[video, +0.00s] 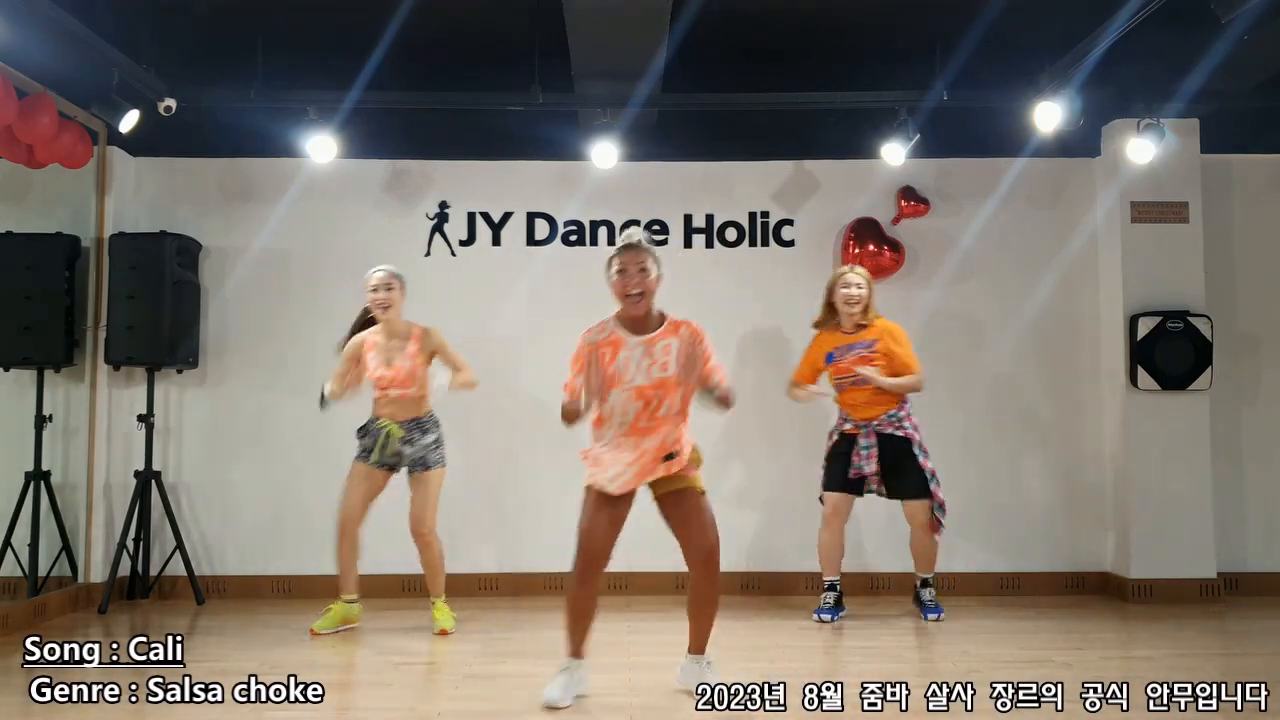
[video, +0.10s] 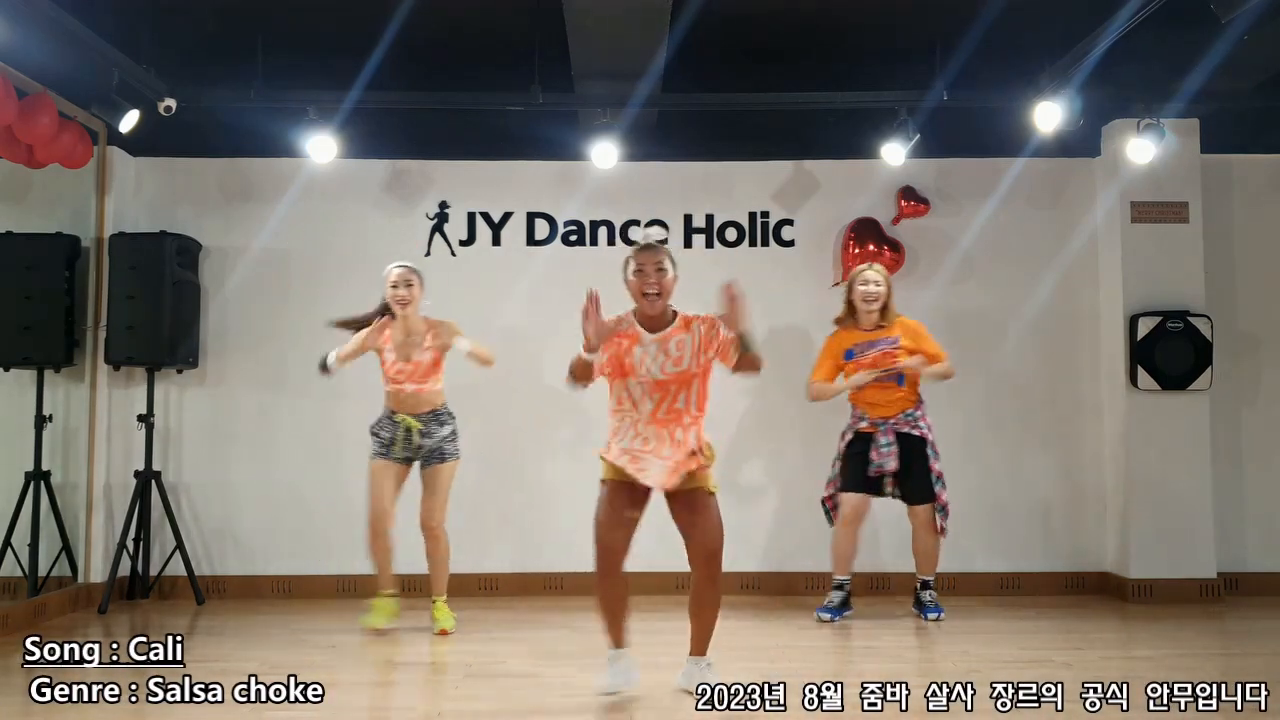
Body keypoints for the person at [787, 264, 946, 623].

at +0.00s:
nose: (853, 291)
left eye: (859, 286)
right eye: (846, 286)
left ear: (869, 294)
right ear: (833, 294)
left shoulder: (887, 332)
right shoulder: (824, 341)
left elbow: (916, 381)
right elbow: (795, 389)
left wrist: (881, 381)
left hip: (894, 431)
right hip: (850, 433)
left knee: (921, 513)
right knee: (833, 510)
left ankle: (925, 589)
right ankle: (831, 592)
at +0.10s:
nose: (870, 289)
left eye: (877, 283)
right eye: (863, 283)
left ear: (888, 291)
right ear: (851, 291)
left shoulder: (909, 330)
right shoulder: (840, 339)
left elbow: (947, 369)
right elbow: (815, 391)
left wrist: (920, 369)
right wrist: (851, 381)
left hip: (909, 430)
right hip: (864, 432)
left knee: (923, 512)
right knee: (849, 508)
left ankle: (926, 592)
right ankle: (839, 592)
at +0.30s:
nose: (905, 286)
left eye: (911, 280)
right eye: (897, 280)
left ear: (920, 291)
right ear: (882, 290)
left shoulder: (930, 330)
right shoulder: (869, 326)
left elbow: (978, 352)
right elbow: (867, 353)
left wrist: (988, 344)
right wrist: (915, 332)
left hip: (923, 430)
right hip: (883, 431)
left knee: (955, 505)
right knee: (887, 512)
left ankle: (935, 586)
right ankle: (879, 596)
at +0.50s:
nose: (948, 290)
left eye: (953, 284)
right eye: (938, 286)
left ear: (963, 294)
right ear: (925, 298)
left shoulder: (966, 343)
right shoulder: (913, 330)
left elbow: (987, 388)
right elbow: (898, 365)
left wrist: (999, 379)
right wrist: (943, 363)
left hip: (935, 435)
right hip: (897, 430)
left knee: (966, 511)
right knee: (886, 513)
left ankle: (978, 591)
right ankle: (878, 594)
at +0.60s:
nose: (965, 295)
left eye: (970, 289)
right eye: (955, 292)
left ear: (980, 299)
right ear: (943, 302)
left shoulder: (981, 350)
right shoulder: (935, 330)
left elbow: (998, 392)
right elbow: (929, 367)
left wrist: (1021, 383)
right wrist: (981, 367)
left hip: (939, 437)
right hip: (901, 427)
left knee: (968, 513)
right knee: (882, 504)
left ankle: (976, 593)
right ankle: (861, 581)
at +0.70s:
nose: (974, 299)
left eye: (979, 293)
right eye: (964, 296)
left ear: (988, 302)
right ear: (951, 306)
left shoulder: (989, 351)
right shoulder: (943, 331)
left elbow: (1024, 377)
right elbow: (982, 347)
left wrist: (1052, 352)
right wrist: (1041, 339)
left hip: (940, 439)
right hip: (905, 429)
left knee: (969, 510)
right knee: (878, 500)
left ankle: (975, 593)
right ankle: (832, 560)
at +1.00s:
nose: (950, 298)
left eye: (956, 292)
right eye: (941, 293)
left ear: (966, 300)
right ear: (928, 301)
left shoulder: (970, 347)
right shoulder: (916, 335)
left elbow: (1002, 382)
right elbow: (920, 374)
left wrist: (1021, 366)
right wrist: (970, 361)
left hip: (931, 438)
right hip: (892, 432)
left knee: (963, 512)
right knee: (870, 506)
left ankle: (976, 592)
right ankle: (831, 575)